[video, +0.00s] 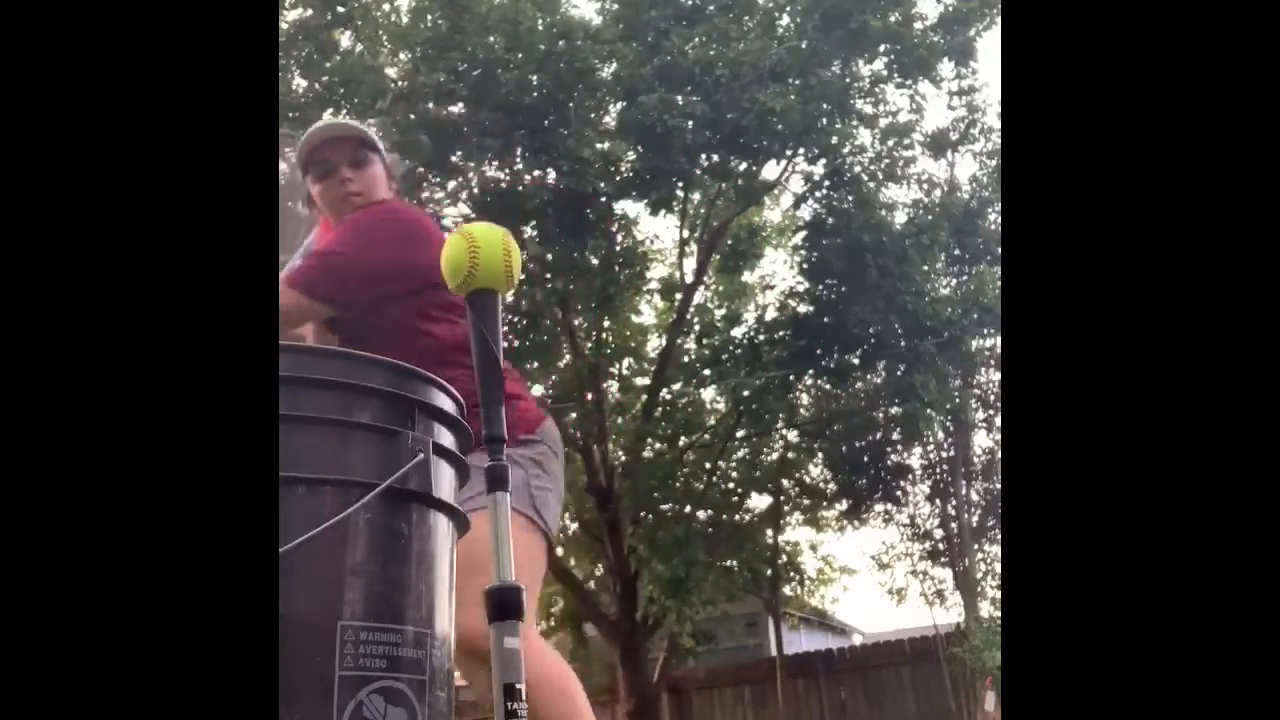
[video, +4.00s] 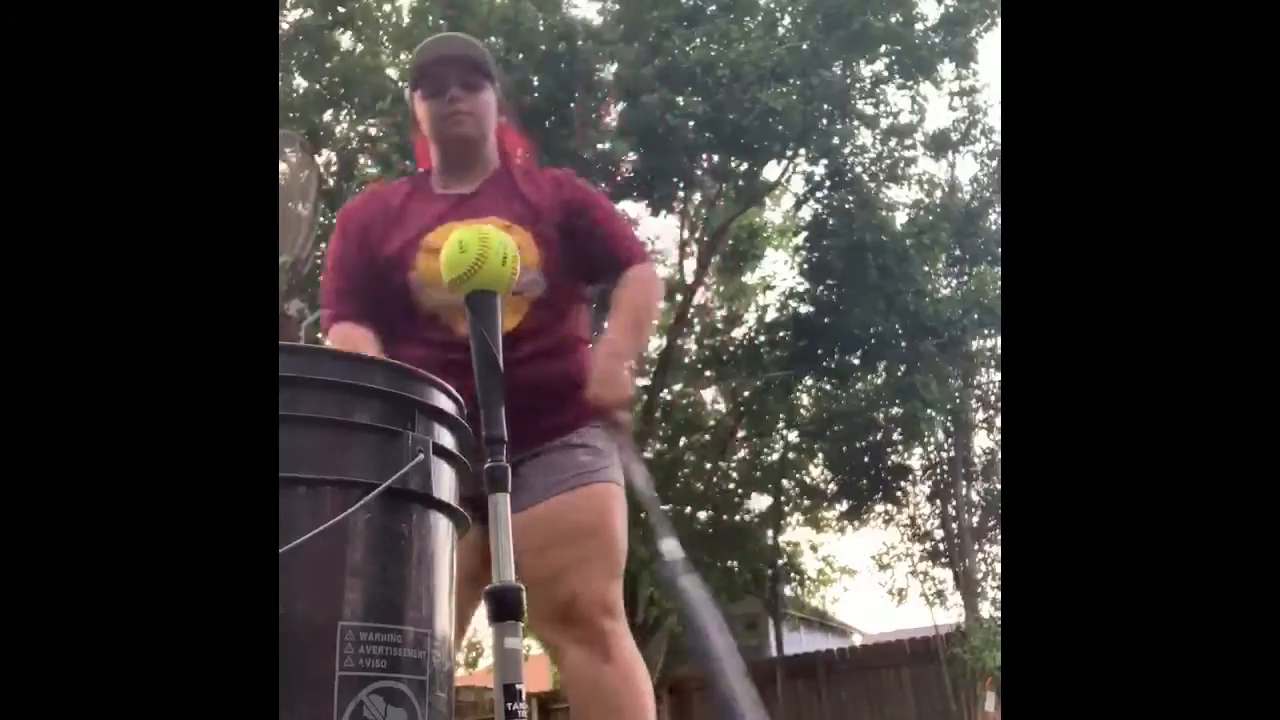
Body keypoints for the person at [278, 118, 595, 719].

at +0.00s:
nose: (346, 177)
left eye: (360, 160)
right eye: (325, 170)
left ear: (387, 172)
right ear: (312, 197)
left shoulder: (390, 224)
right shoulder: (327, 245)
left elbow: (283, 307)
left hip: (503, 435)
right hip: (428, 445)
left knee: (481, 622)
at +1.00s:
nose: (511, 132)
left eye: (510, 122)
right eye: (493, 121)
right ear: (452, 132)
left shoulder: (443, 190)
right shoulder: (492, 179)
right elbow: (614, 186)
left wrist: (388, 123)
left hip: (565, 463)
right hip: (479, 464)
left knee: (576, 643)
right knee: (429, 657)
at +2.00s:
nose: (491, 29)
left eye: (509, 11)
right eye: (470, 15)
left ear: (541, 21)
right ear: (445, 32)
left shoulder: (605, 142)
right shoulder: (396, 138)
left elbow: (642, 261)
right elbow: (311, 256)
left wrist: (687, 328)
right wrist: (315, 356)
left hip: (568, 432)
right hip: (433, 432)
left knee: (593, 639)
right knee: (397, 633)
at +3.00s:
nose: (541, 27)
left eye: (556, 7)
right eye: (515, 10)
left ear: (581, 22)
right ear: (479, 30)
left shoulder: (625, 148)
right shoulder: (421, 133)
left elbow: (651, 273)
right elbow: (316, 256)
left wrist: (691, 375)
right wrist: (343, 214)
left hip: (578, 428)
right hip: (440, 425)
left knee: (632, 642)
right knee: (410, 646)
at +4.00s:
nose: (455, 97)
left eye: (471, 84)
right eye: (437, 88)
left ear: (497, 101)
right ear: (416, 111)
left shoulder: (555, 194)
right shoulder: (370, 215)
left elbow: (639, 272)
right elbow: (347, 325)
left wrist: (615, 356)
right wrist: (380, 412)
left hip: (556, 442)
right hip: (433, 451)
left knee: (591, 623)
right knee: (410, 642)